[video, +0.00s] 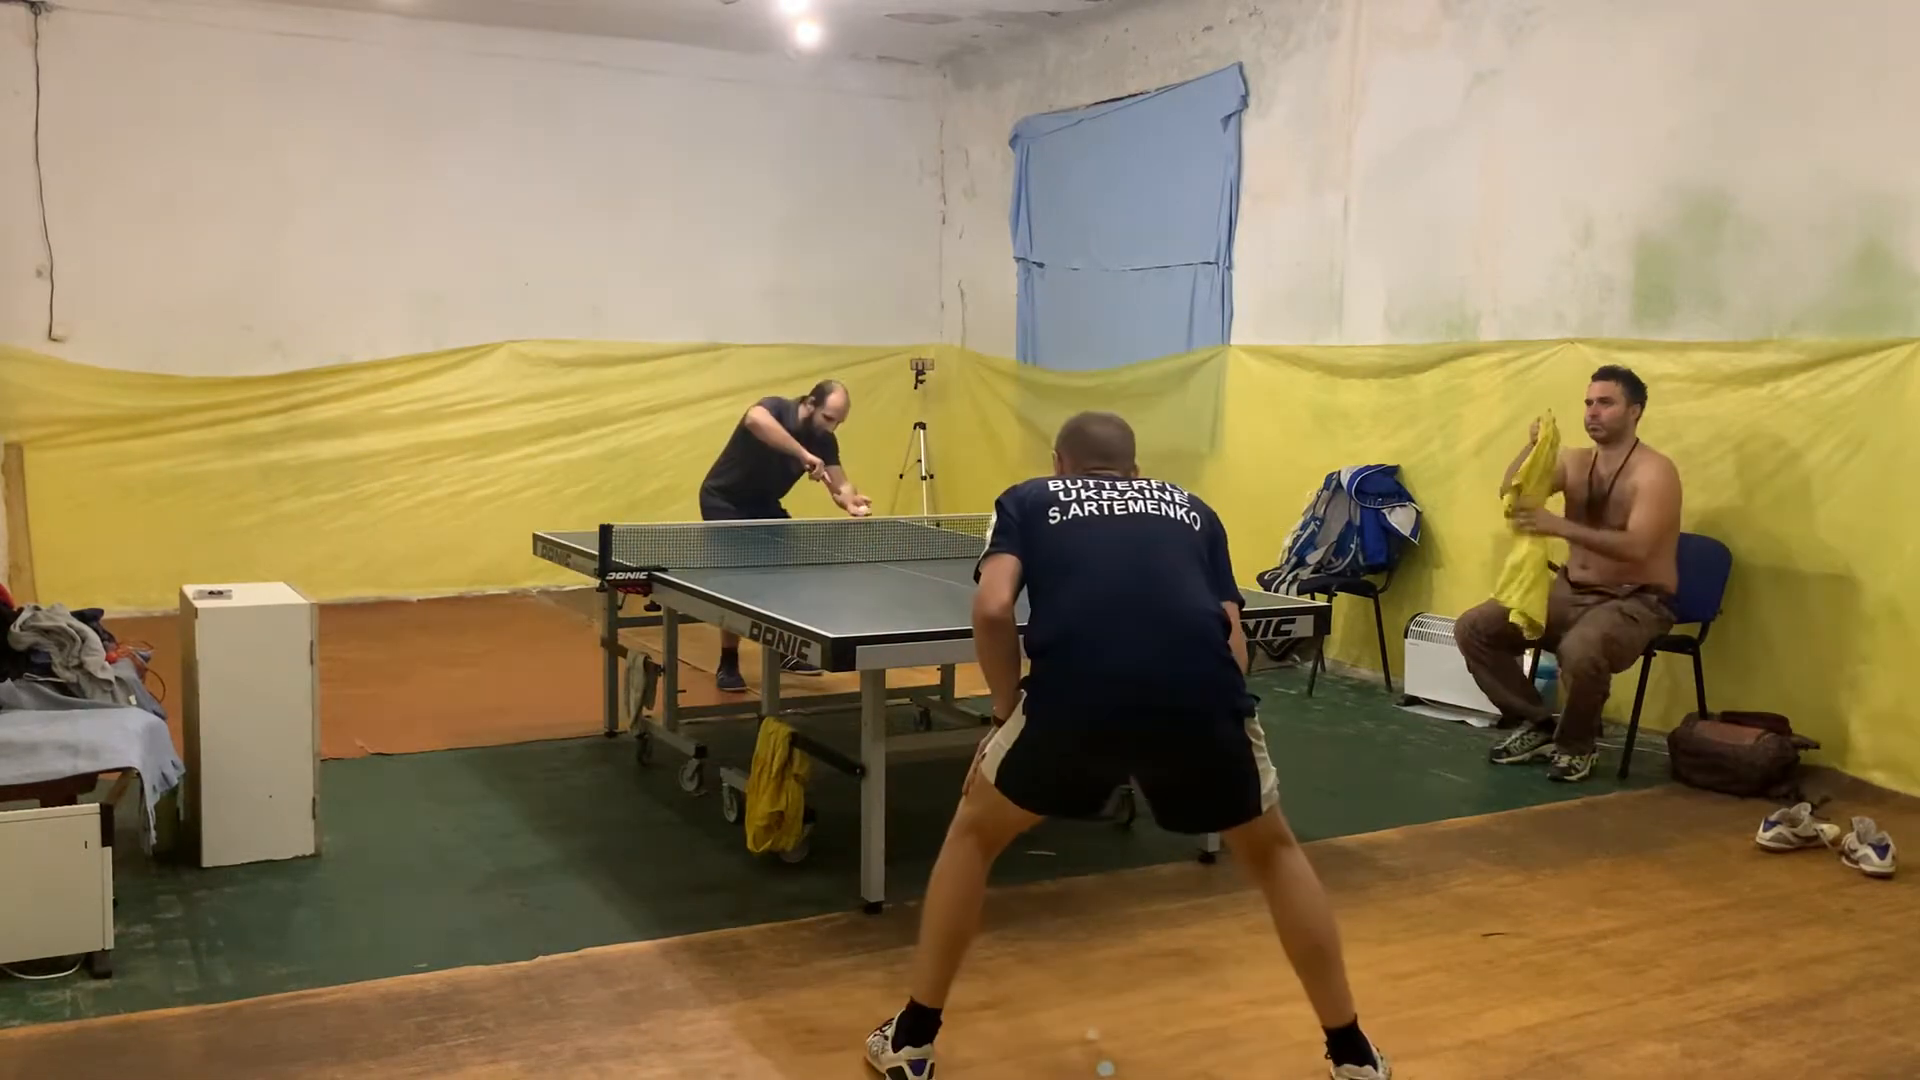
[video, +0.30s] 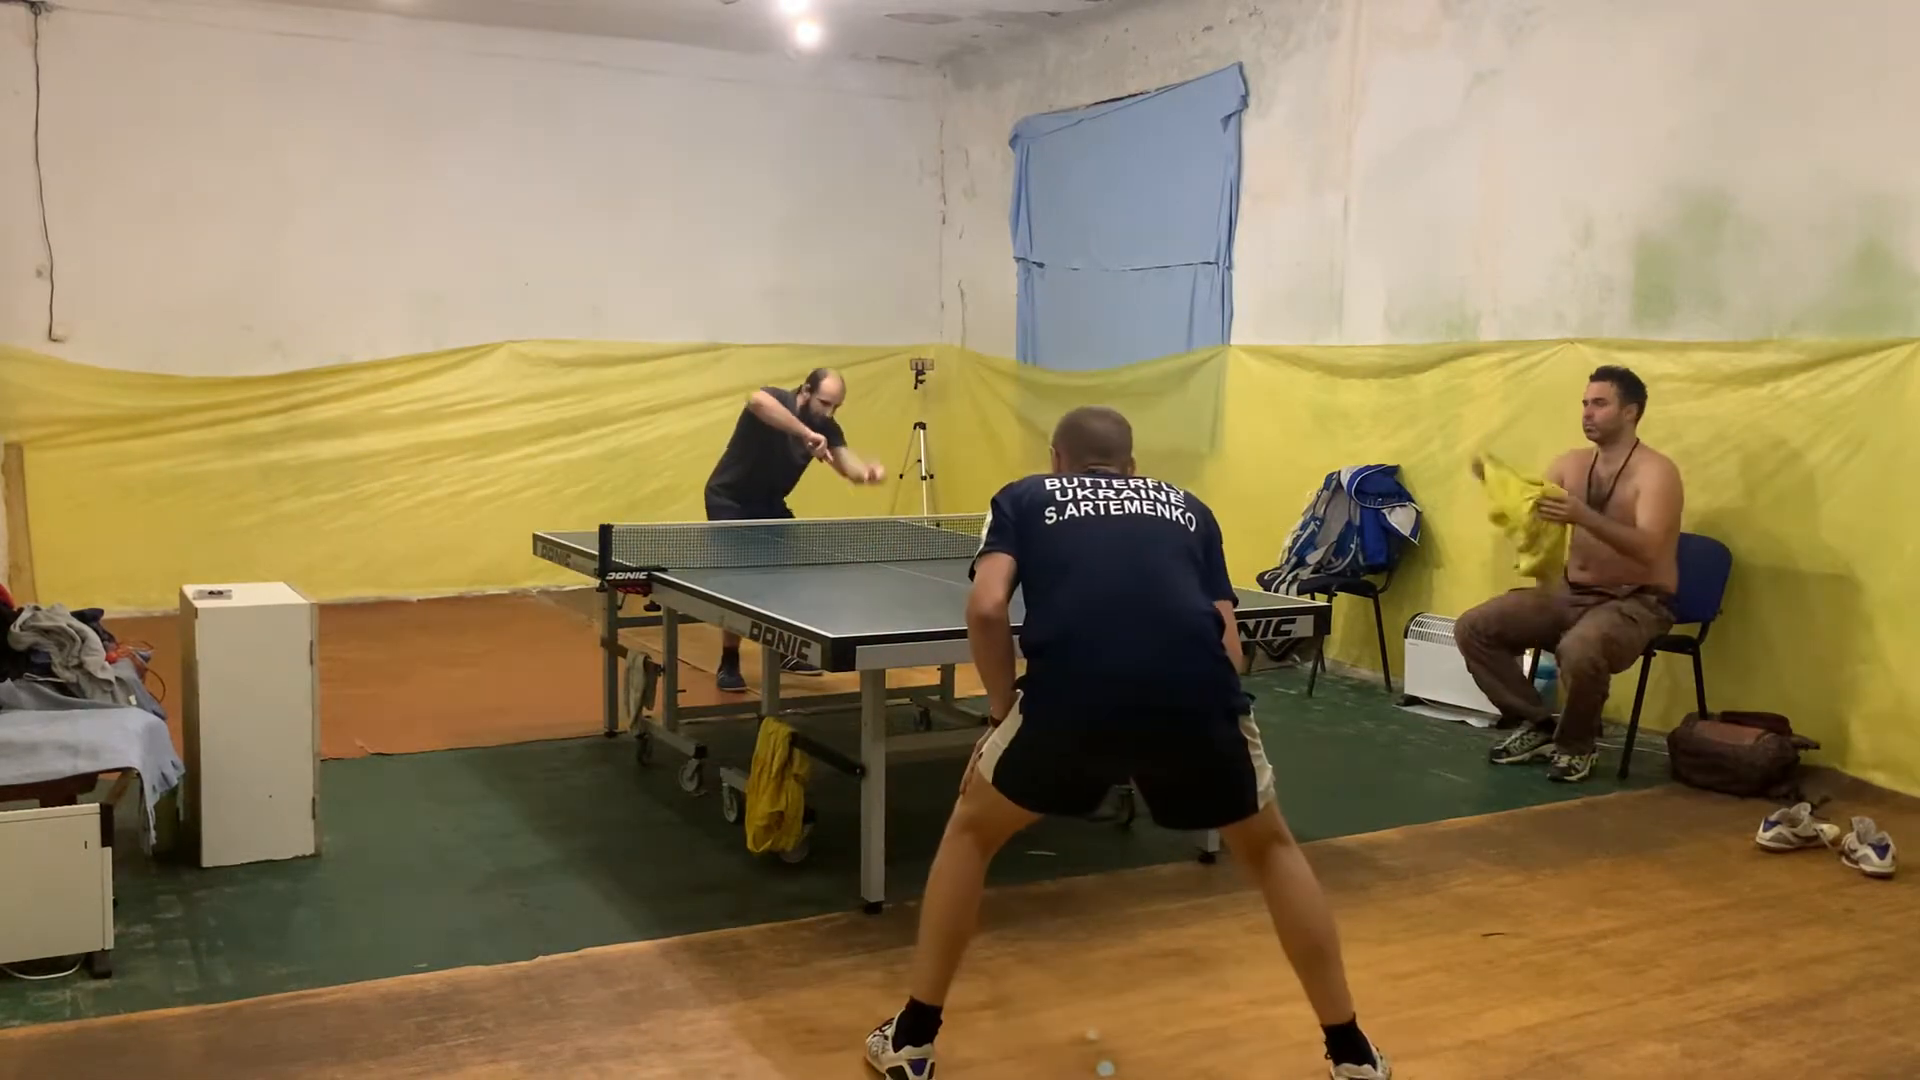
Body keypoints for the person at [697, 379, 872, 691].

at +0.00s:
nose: (832, 427)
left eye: (838, 422)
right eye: (829, 418)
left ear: (840, 416)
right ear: (810, 405)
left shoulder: (824, 440)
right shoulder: (778, 408)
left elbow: (839, 483)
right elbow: (754, 419)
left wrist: (849, 498)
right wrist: (802, 454)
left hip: (765, 504)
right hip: (723, 499)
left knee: (794, 569)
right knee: (736, 577)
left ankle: (785, 650)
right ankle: (729, 664)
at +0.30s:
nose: (829, 413)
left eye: (835, 406)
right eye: (824, 403)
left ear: (839, 404)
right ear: (805, 393)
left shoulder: (827, 427)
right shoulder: (777, 399)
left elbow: (842, 460)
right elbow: (757, 402)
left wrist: (863, 473)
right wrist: (804, 432)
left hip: (771, 504)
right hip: (729, 500)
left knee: (792, 573)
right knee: (736, 579)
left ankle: (785, 649)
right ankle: (730, 663)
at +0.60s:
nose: (821, 360)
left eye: (826, 354)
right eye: (814, 352)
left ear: (829, 355)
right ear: (793, 349)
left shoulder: (822, 389)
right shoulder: (765, 369)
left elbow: (853, 423)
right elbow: (756, 387)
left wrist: (875, 433)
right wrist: (819, 392)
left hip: (780, 490)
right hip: (741, 487)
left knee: (799, 566)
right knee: (743, 571)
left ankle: (789, 648)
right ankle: (731, 658)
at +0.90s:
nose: (817, 380)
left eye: (822, 373)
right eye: (811, 371)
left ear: (826, 369)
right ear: (790, 360)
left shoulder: (803, 385)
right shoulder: (757, 377)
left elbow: (817, 431)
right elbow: (785, 425)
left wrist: (836, 472)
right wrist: (814, 404)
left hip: (768, 482)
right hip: (730, 478)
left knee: (792, 555)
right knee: (745, 550)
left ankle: (785, 645)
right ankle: (703, 612)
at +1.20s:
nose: (788, 391)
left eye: (792, 384)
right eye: (782, 383)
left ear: (795, 380)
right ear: (761, 374)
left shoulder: (780, 405)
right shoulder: (730, 385)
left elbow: (797, 440)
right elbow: (684, 372)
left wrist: (813, 484)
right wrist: (691, 388)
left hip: (751, 499)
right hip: (711, 500)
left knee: (789, 562)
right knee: (720, 581)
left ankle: (785, 649)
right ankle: (686, 658)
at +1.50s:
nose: (724, 333)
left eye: (729, 326)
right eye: (716, 327)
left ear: (734, 325)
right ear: (697, 326)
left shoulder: (741, 365)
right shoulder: (669, 362)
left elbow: (754, 412)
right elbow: (620, 399)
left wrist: (748, 456)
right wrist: (640, 425)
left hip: (722, 483)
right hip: (674, 484)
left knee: (752, 556)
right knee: (653, 563)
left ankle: (747, 642)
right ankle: (616, 653)